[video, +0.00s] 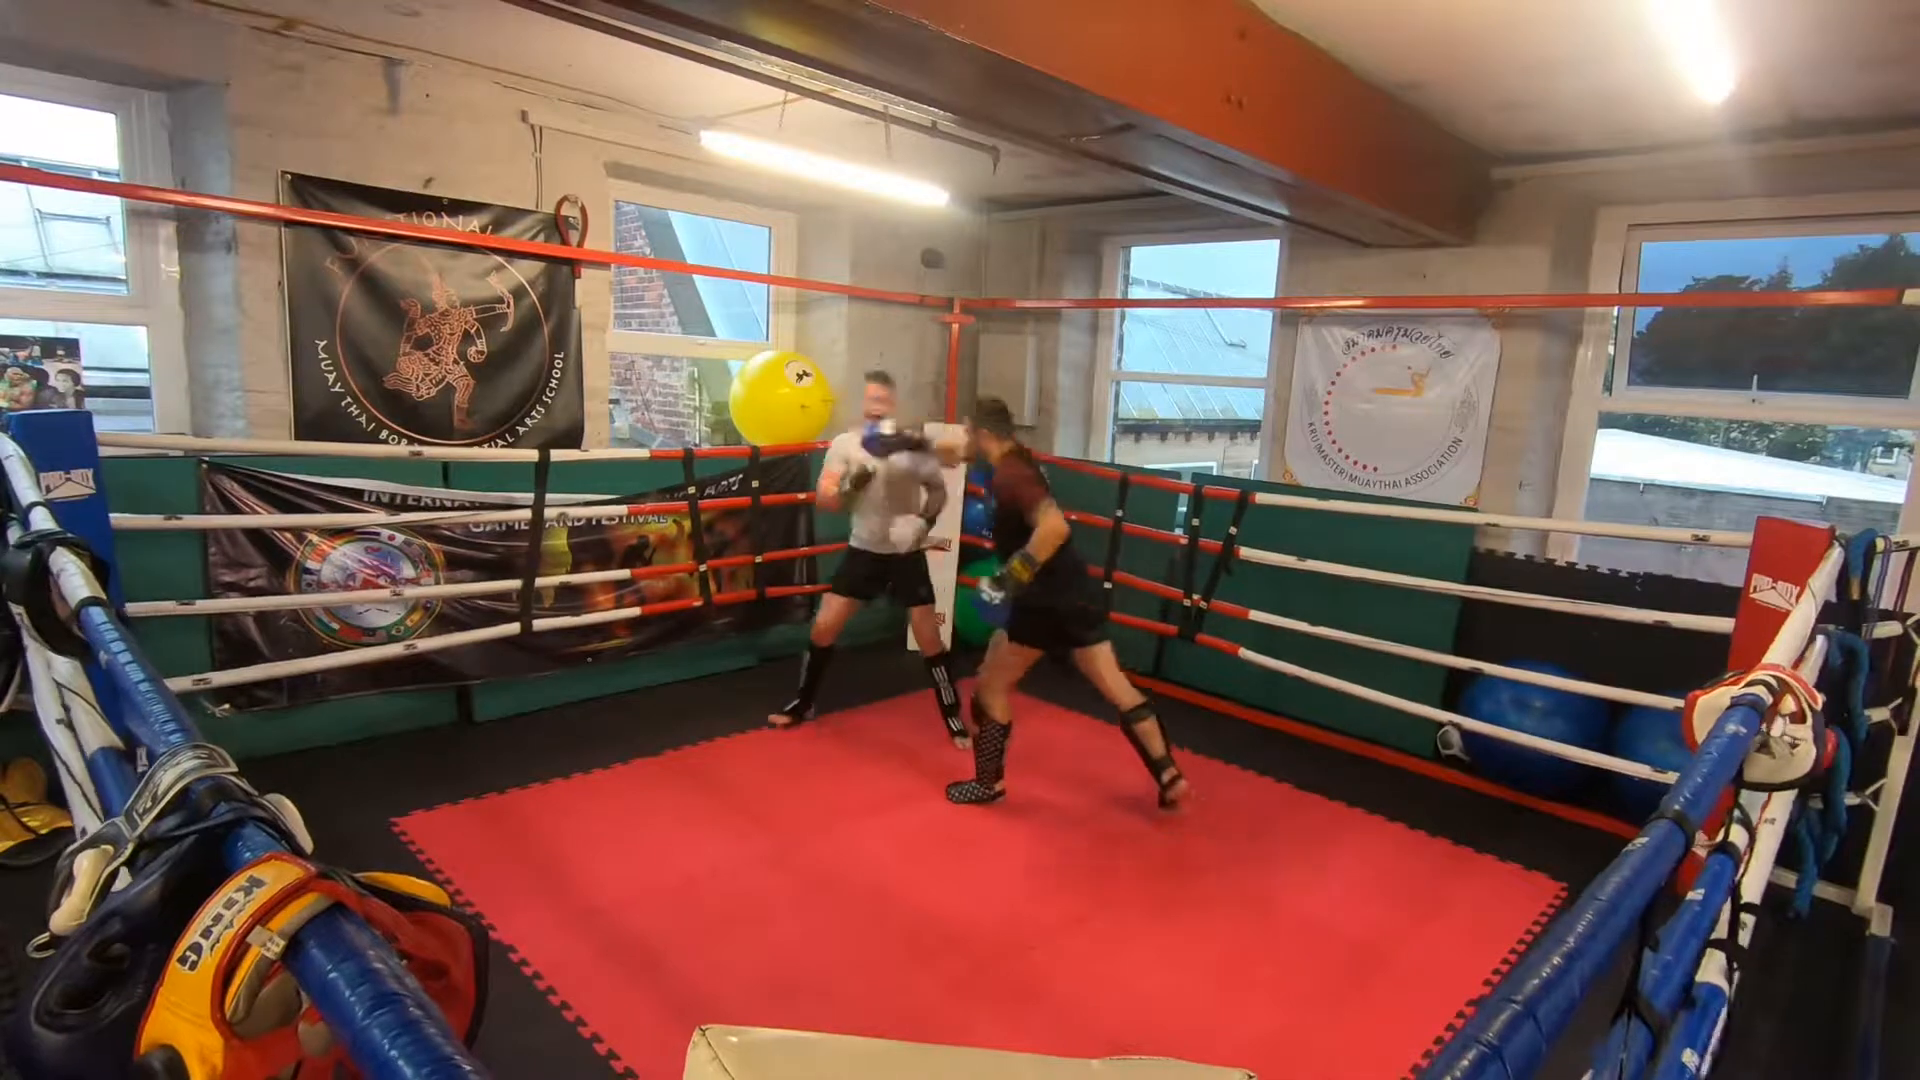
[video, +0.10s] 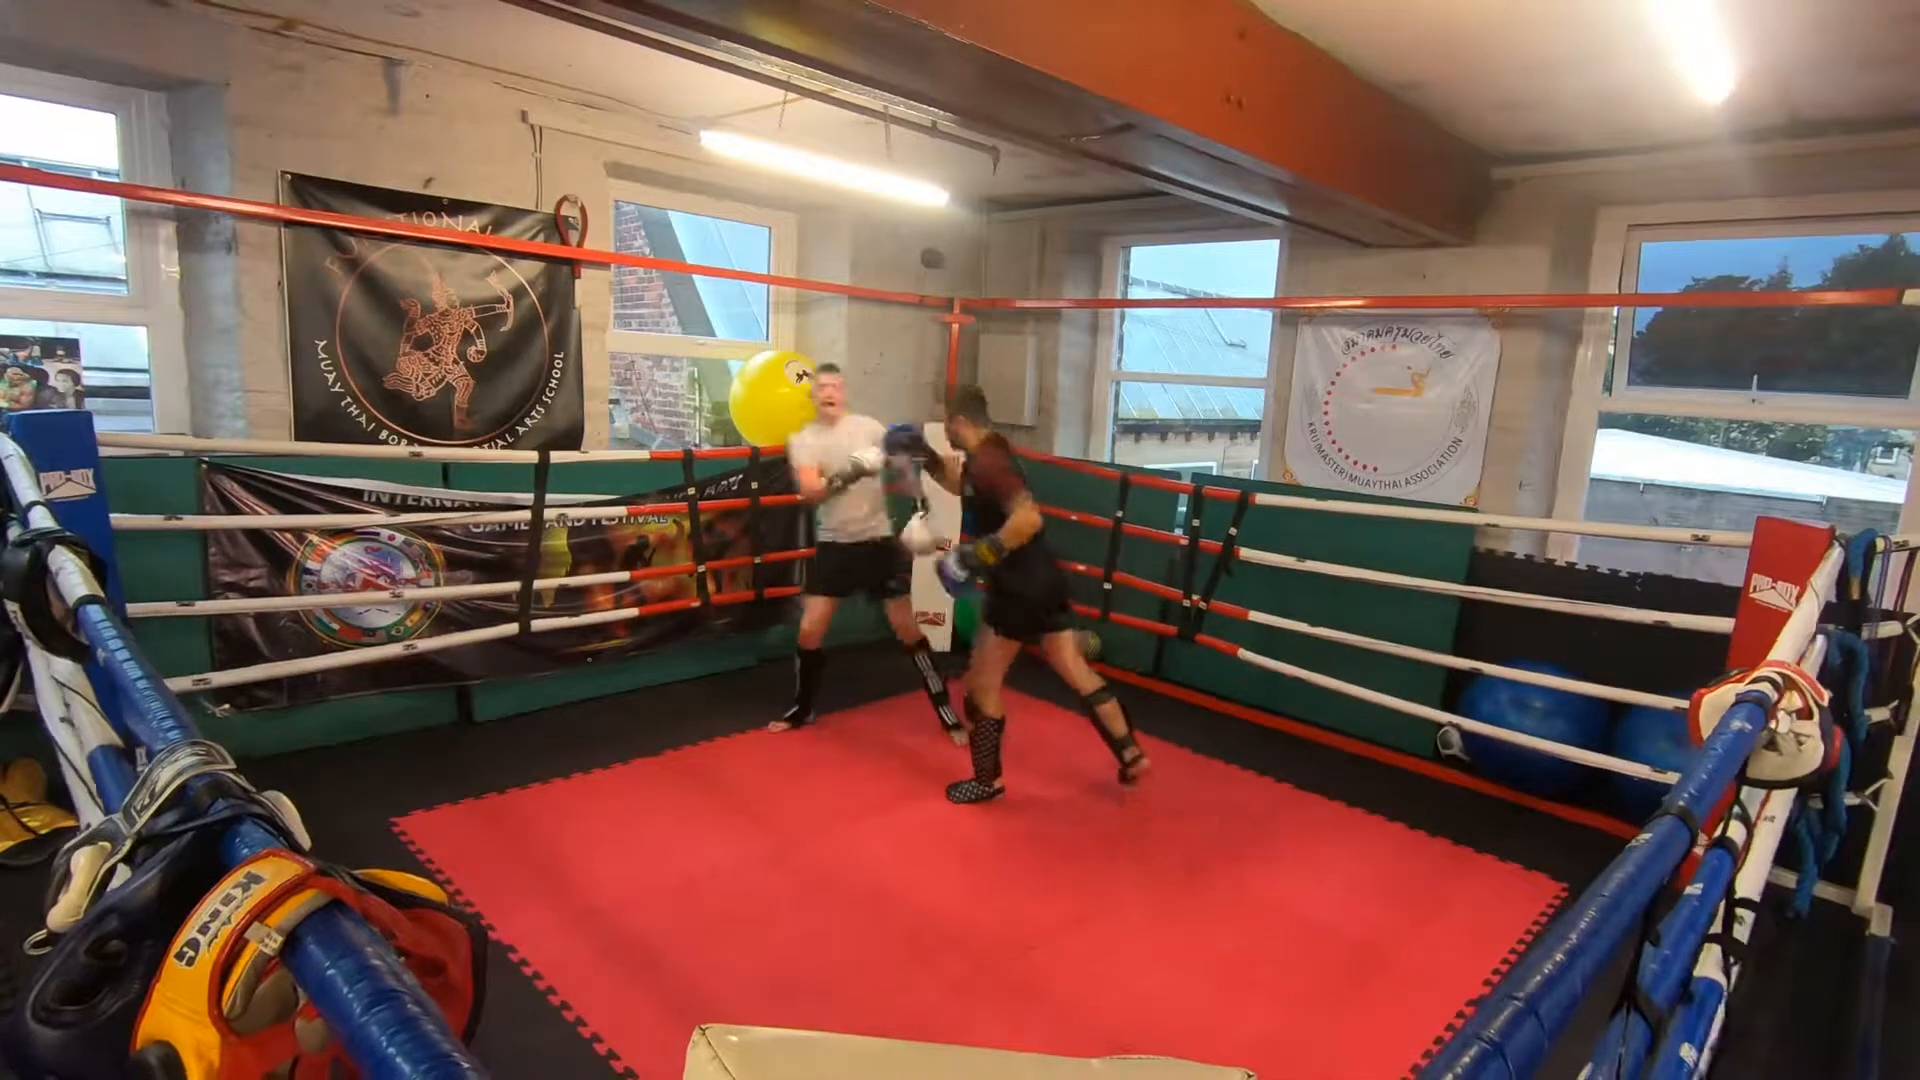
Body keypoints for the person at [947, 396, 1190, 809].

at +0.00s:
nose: (966, 439)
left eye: (969, 432)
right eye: (967, 432)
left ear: (984, 434)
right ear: (1003, 431)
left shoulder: (1011, 472)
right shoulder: (1016, 461)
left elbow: (1054, 526)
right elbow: (962, 449)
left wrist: (1014, 575)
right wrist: (914, 443)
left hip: (1040, 599)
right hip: (1073, 592)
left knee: (992, 685)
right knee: (1114, 682)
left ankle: (987, 781)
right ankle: (1167, 772)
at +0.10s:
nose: (949, 432)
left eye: (950, 425)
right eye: (948, 425)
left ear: (961, 423)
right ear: (980, 421)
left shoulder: (986, 462)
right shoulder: (990, 453)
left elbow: (1027, 519)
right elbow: (957, 481)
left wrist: (978, 555)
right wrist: (922, 454)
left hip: (1017, 586)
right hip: (1043, 579)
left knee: (983, 680)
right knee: (1074, 668)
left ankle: (986, 779)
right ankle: (1130, 753)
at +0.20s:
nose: (926, 421)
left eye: (926, 414)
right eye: (926, 414)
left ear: (937, 412)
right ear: (955, 407)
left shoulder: (968, 451)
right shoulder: (975, 440)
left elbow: (997, 519)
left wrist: (946, 539)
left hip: (991, 579)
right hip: (1011, 572)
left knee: (975, 672)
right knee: (1022, 659)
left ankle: (985, 777)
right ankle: (1068, 732)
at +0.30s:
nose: (912, 422)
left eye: (912, 414)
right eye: (912, 414)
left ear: (923, 408)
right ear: (941, 405)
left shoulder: (952, 451)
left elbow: (958, 524)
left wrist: (906, 529)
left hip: (969, 573)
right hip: (974, 568)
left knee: (969, 676)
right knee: (974, 660)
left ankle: (984, 773)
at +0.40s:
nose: (899, 419)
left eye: (899, 412)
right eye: (900, 412)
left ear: (909, 410)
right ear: (934, 406)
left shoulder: (930, 452)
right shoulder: (960, 440)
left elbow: (922, 526)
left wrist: (869, 518)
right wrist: (914, 440)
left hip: (948, 571)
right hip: (962, 565)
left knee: (961, 667)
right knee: (933, 641)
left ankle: (983, 772)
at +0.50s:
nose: (886, 422)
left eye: (886, 415)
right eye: (886, 415)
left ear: (895, 413)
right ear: (921, 409)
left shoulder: (912, 455)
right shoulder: (945, 446)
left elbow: (896, 526)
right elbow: (930, 504)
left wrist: (857, 514)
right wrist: (898, 448)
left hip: (921, 577)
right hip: (935, 570)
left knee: (940, 669)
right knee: (896, 646)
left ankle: (976, 764)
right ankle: (869, 720)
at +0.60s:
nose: (871, 419)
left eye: (871, 413)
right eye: (872, 413)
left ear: (880, 411)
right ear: (906, 407)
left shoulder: (894, 453)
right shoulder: (925, 447)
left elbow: (876, 520)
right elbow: (902, 508)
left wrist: (839, 504)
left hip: (894, 568)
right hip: (910, 563)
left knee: (893, 666)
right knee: (869, 646)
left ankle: (950, 747)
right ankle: (861, 723)